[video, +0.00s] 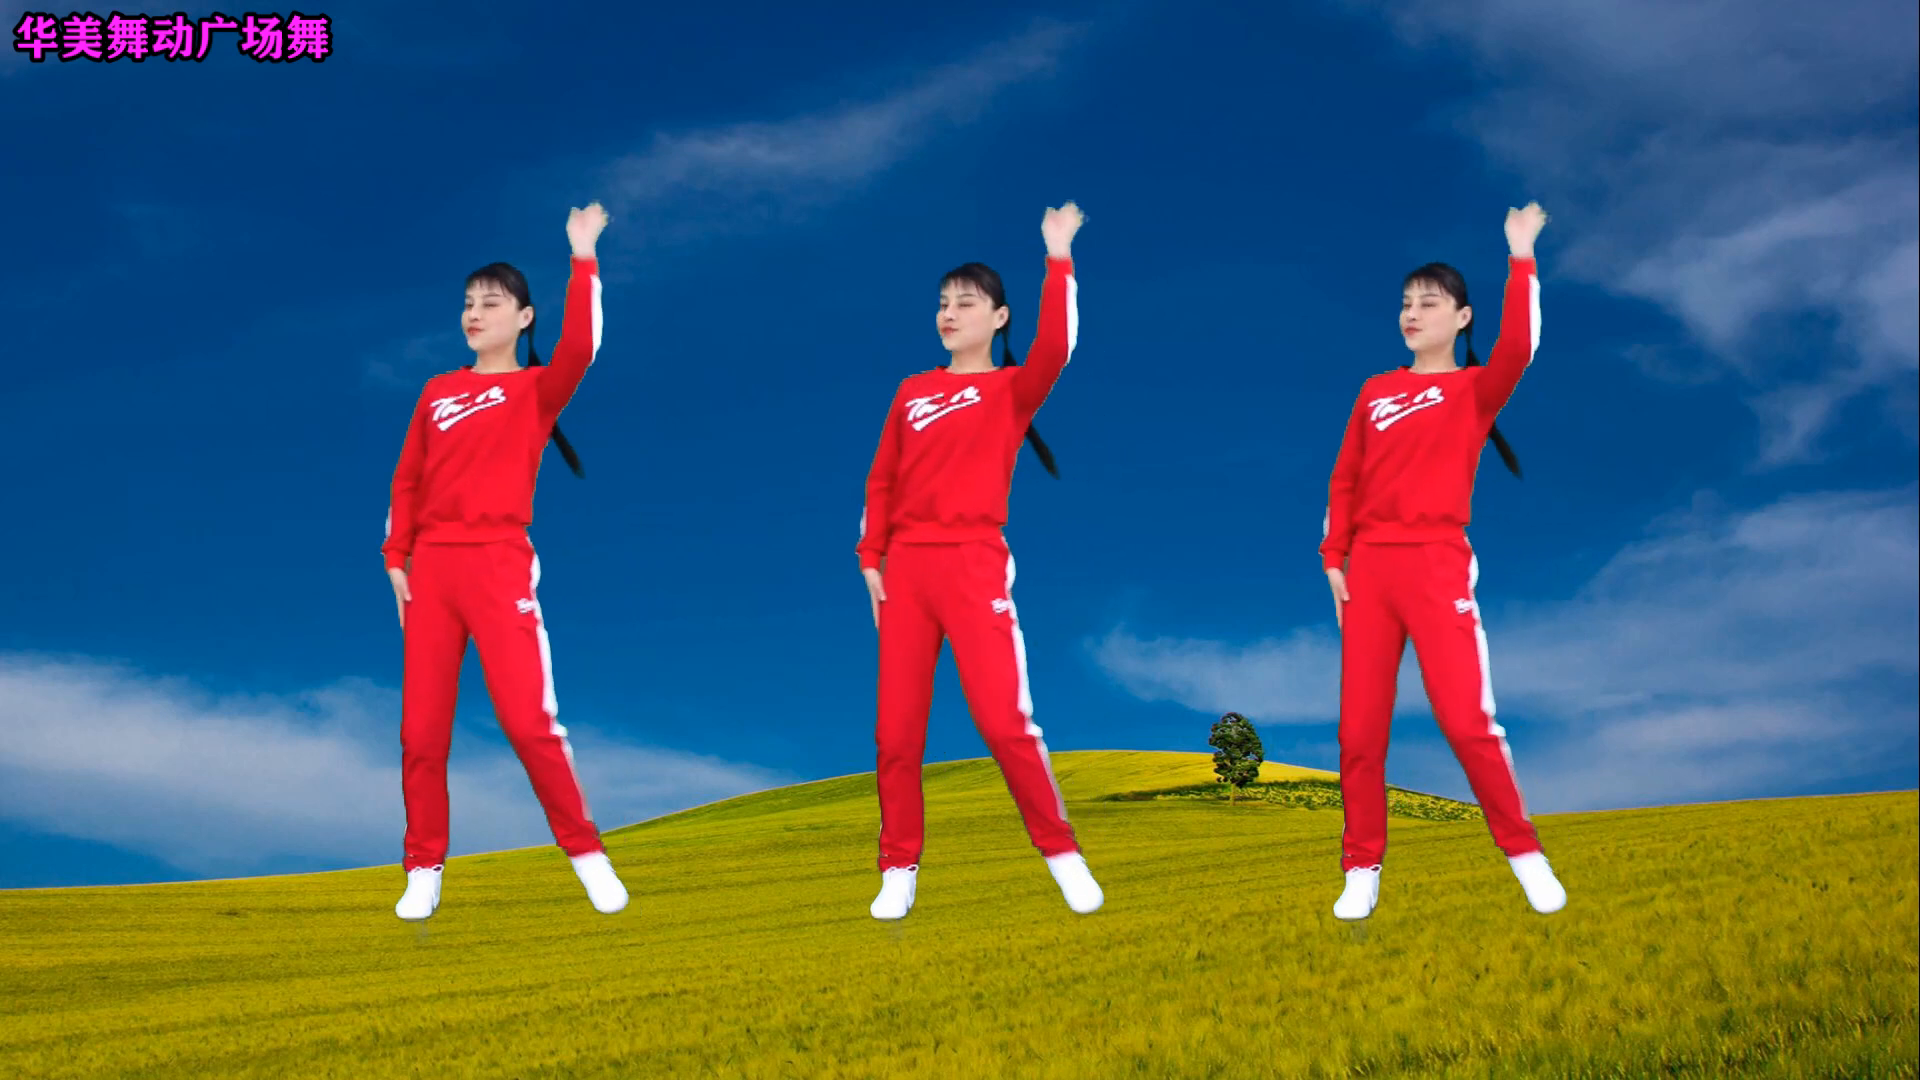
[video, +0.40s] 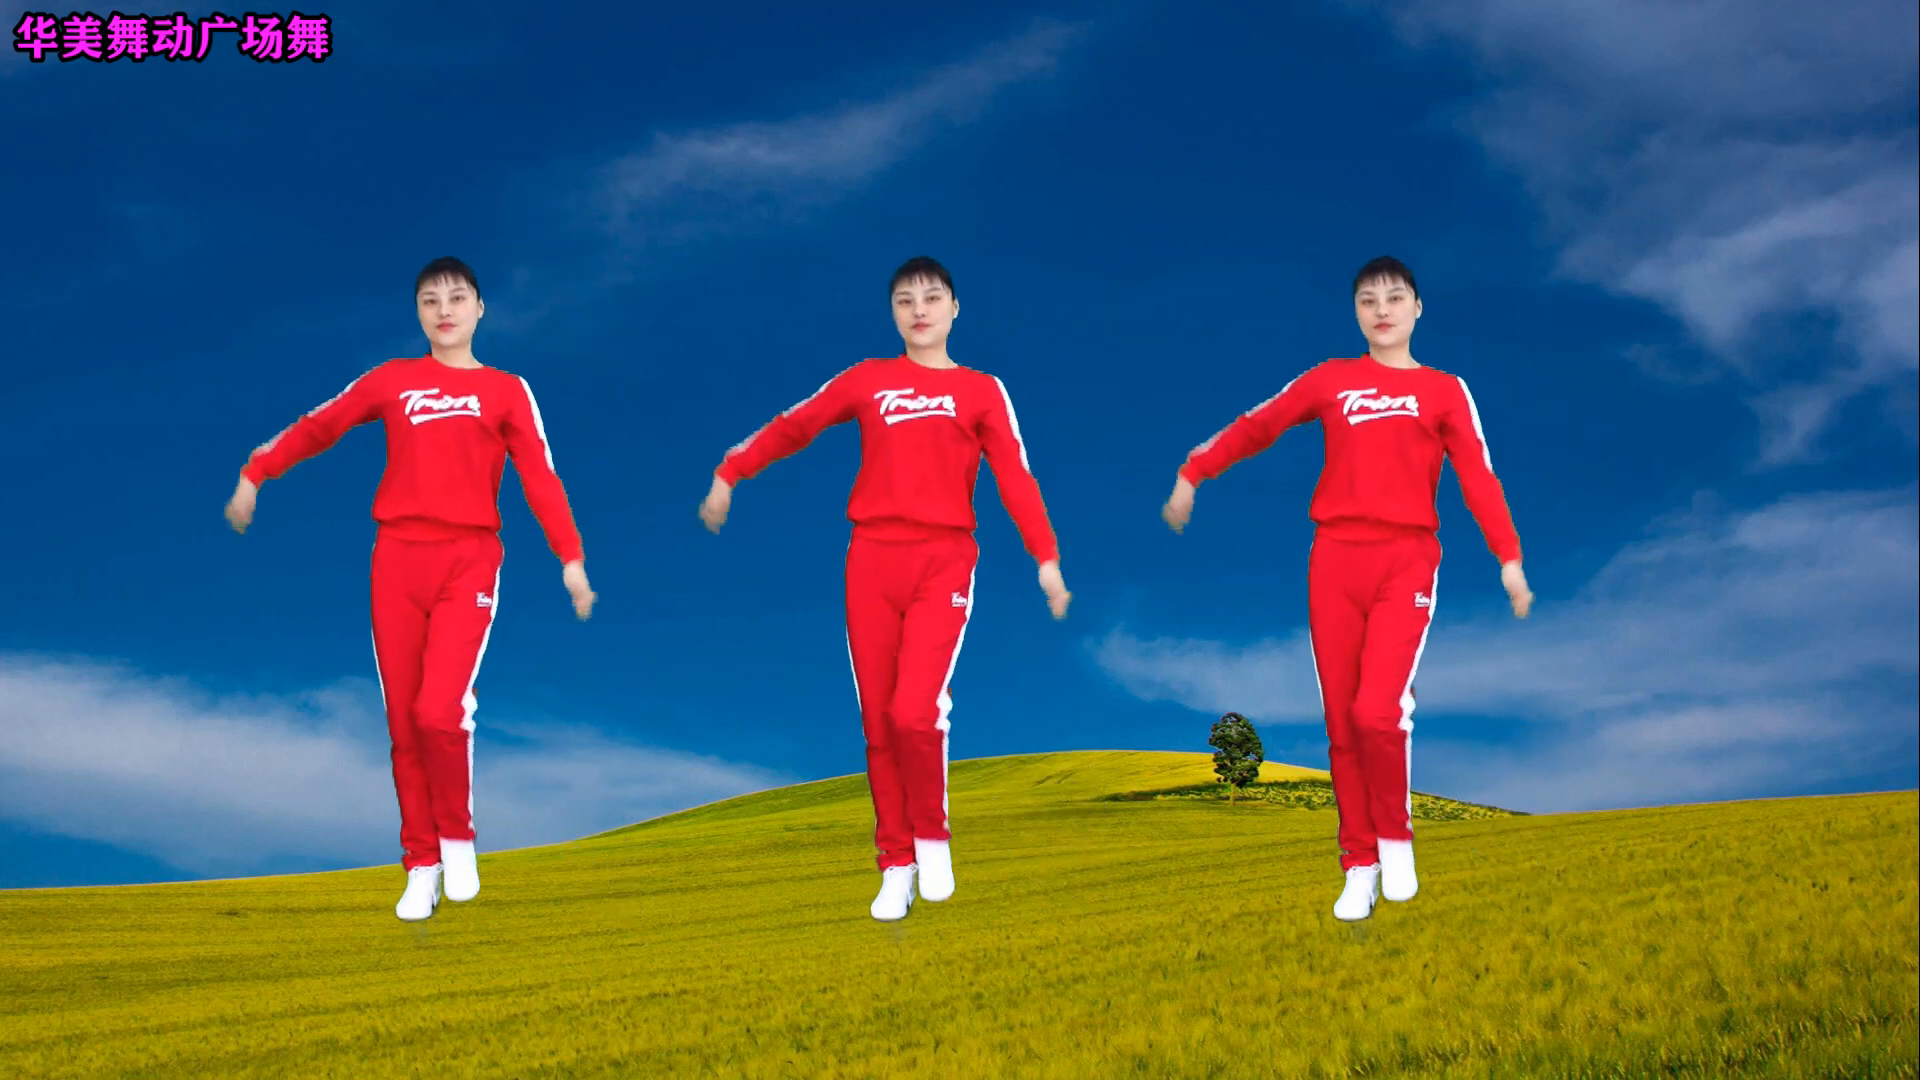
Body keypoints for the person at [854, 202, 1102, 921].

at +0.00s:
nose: (949, 313)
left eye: (965, 304)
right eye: (944, 305)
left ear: (999, 317)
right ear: (937, 320)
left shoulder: (1013, 387)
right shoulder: (911, 392)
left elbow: (1055, 341)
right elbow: (880, 481)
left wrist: (1059, 253)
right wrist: (871, 560)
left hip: (974, 563)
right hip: (904, 568)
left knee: (1004, 722)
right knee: (896, 734)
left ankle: (1060, 850)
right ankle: (898, 865)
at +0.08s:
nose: (944, 317)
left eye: (959, 308)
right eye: (936, 309)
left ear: (984, 323)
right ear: (925, 323)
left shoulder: (1002, 394)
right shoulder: (897, 398)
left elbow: (1057, 380)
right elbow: (864, 483)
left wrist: (1089, 312)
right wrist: (846, 559)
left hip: (962, 570)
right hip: (891, 569)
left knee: (955, 719)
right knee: (886, 730)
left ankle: (1016, 823)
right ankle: (898, 865)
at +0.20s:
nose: (933, 332)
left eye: (947, 322)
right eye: (922, 323)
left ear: (969, 333)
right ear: (910, 334)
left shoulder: (992, 408)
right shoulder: (881, 408)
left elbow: (1054, 437)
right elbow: (842, 489)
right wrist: (808, 563)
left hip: (950, 580)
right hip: (877, 578)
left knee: (903, 716)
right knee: (865, 732)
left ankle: (955, 795)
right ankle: (895, 866)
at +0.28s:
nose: (927, 327)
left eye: (940, 316)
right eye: (916, 318)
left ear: (962, 326)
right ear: (903, 331)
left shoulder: (989, 405)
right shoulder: (873, 400)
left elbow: (1041, 461)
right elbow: (821, 470)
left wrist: (1095, 509)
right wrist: (777, 535)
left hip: (947, 575)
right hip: (874, 571)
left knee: (893, 710)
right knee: (865, 725)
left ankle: (935, 799)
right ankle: (894, 864)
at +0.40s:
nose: (921, 309)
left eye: (932, 298)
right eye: (908, 301)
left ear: (954, 308)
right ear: (894, 314)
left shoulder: (981, 389)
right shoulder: (867, 378)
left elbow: (1015, 475)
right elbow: (794, 426)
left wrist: (1045, 557)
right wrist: (727, 474)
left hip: (946, 560)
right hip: (872, 559)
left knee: (914, 715)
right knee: (877, 721)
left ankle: (931, 839)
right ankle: (895, 861)